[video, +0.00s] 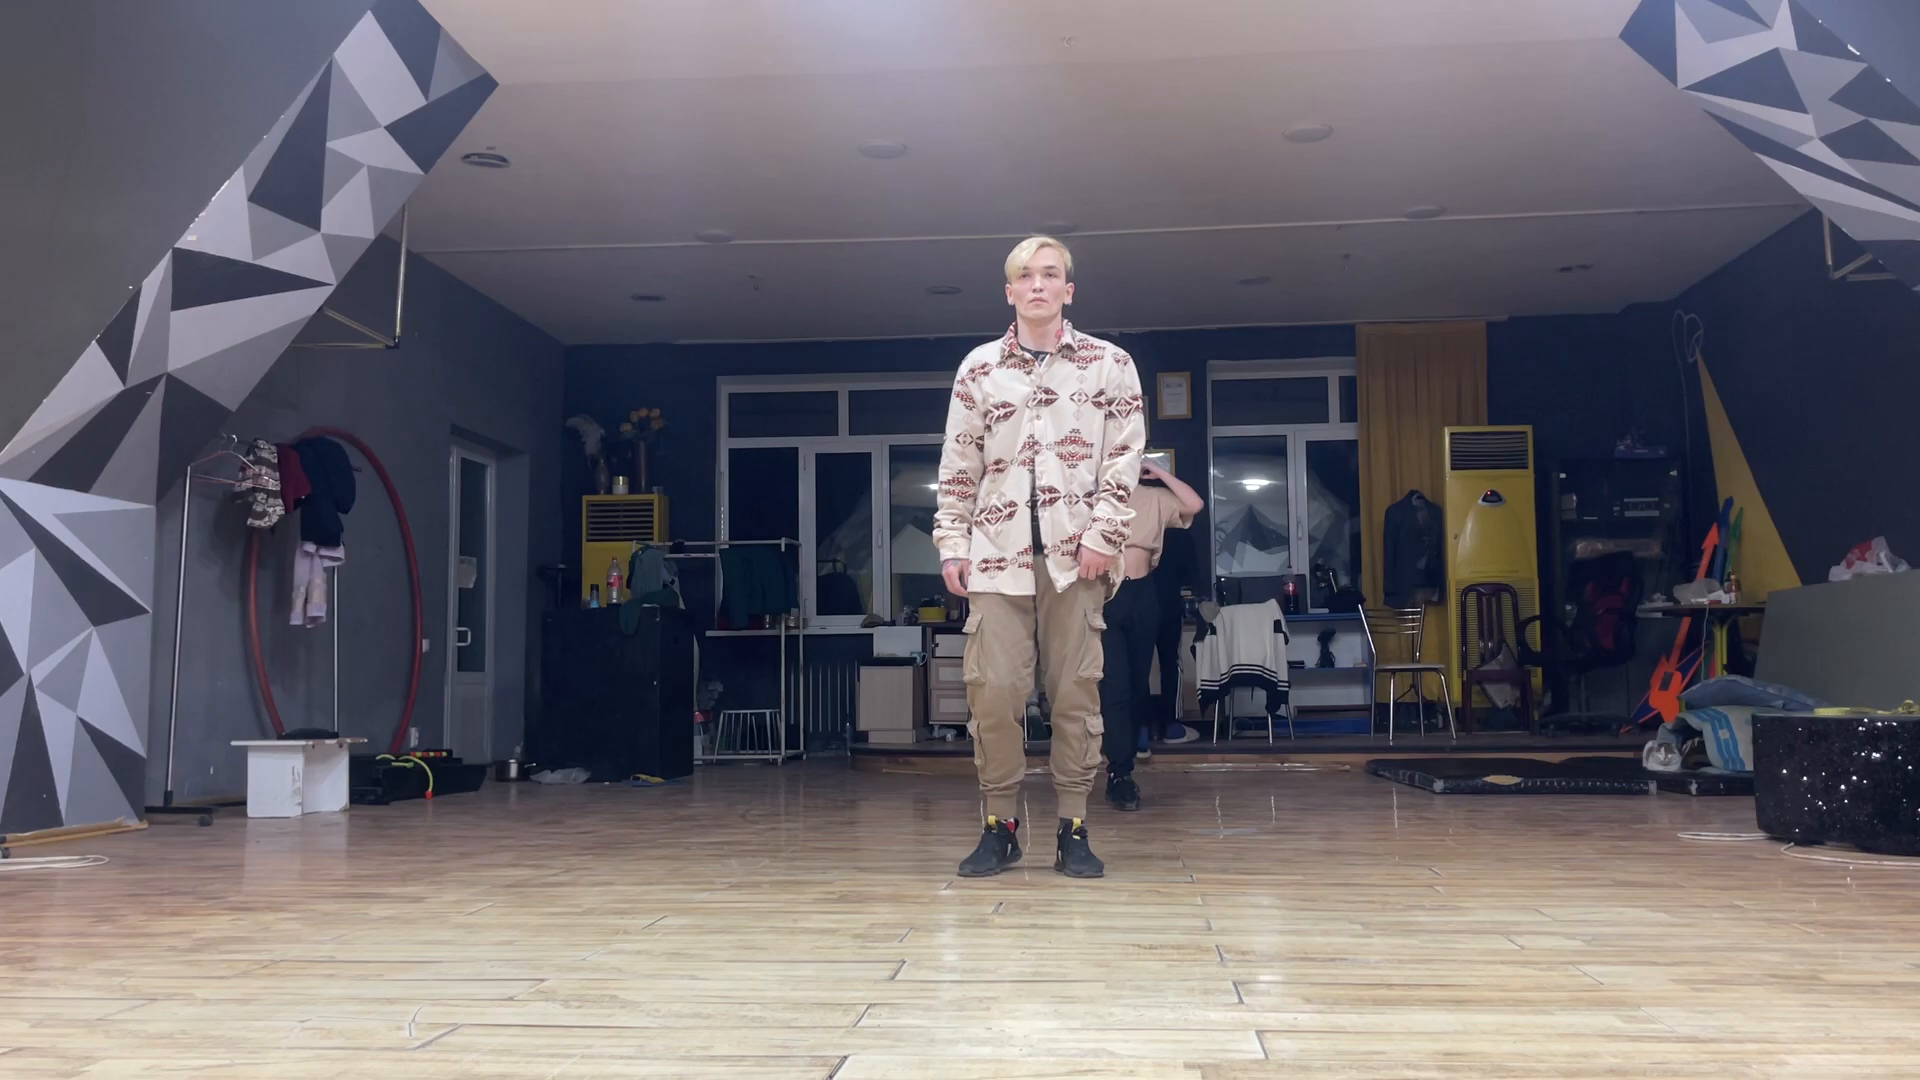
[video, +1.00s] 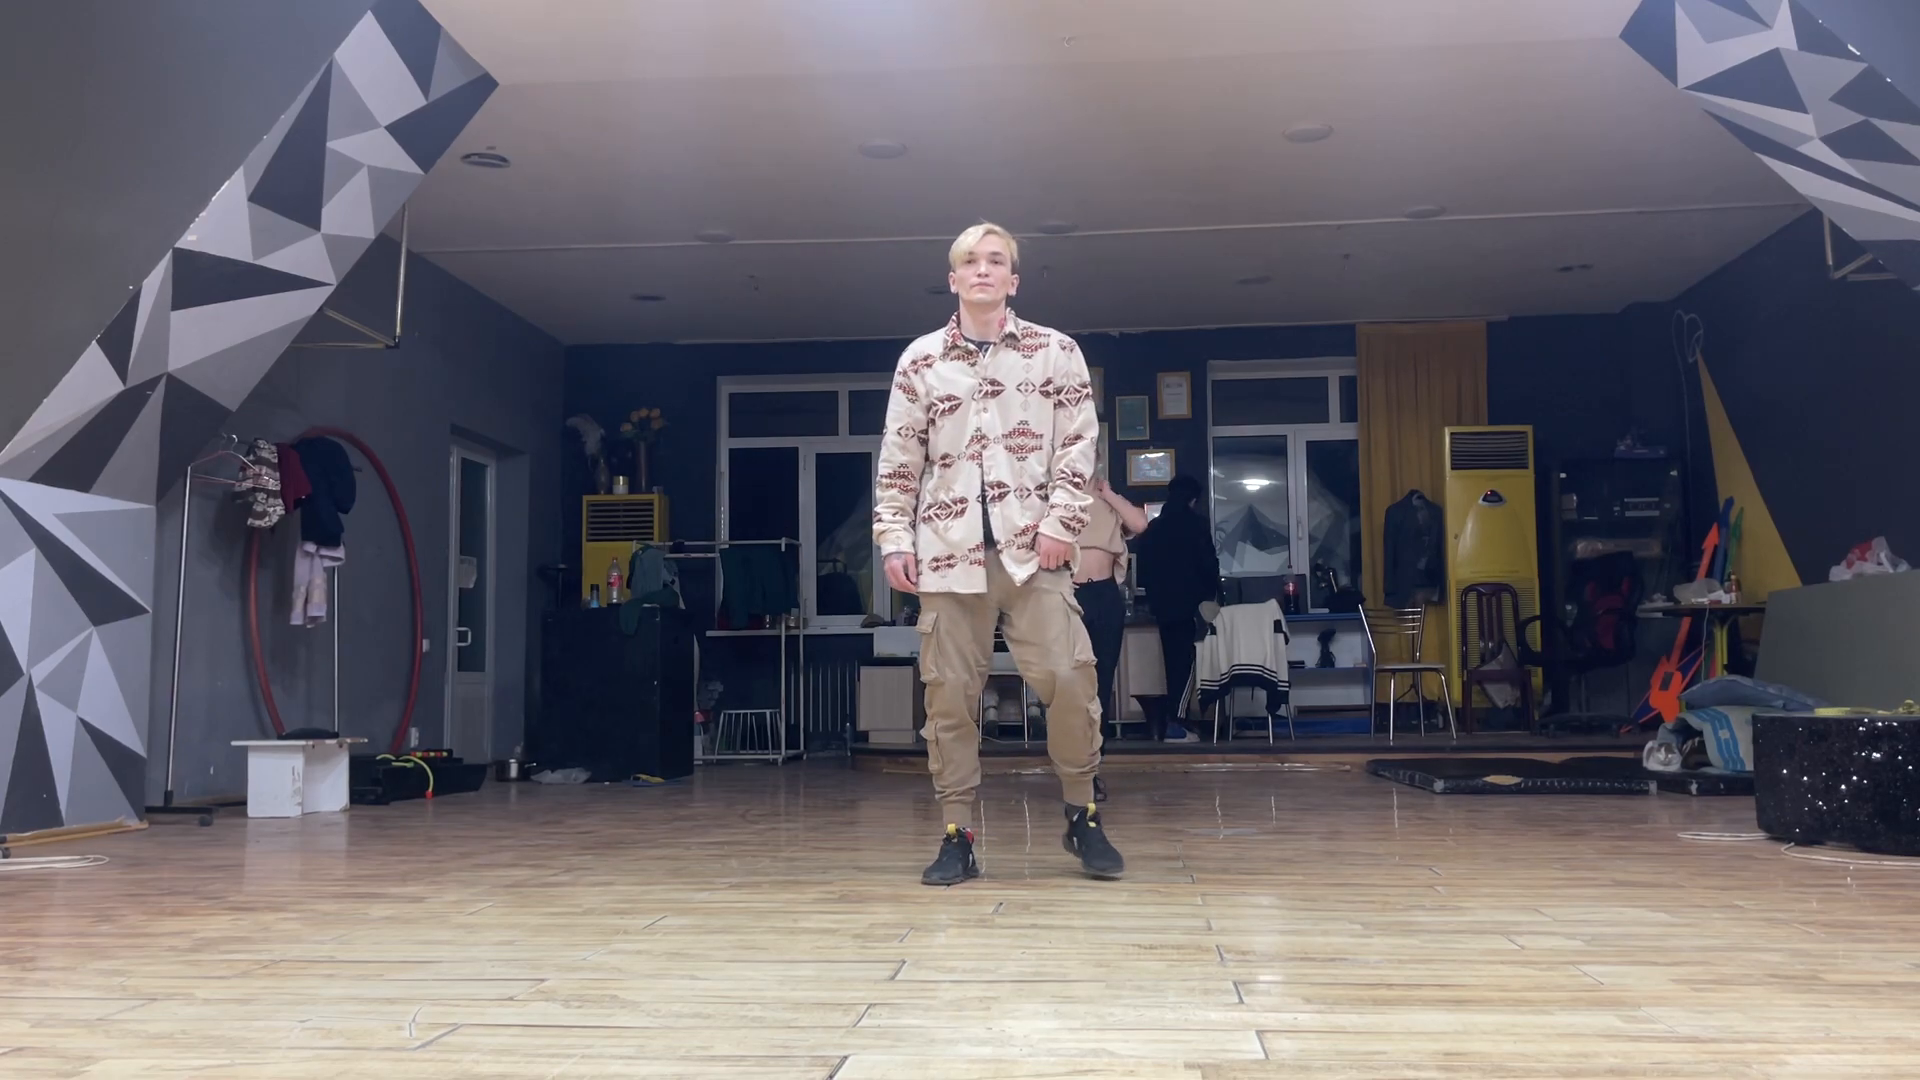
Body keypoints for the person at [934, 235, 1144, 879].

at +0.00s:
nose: (1037, 284)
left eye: (1049, 275)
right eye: (1025, 275)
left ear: (1068, 288)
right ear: (1008, 289)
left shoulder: (1109, 363)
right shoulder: (979, 367)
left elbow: (1125, 460)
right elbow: (957, 466)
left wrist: (1103, 537)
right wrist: (952, 543)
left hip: (1076, 554)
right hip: (995, 555)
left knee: (1073, 693)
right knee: (995, 692)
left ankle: (1074, 830)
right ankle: (1000, 828)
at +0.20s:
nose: (1041, 284)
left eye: (1053, 274)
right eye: (1030, 274)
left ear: (1074, 286)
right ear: (1013, 287)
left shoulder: (1113, 363)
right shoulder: (983, 365)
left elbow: (1127, 463)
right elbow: (961, 465)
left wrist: (1106, 539)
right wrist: (953, 539)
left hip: (1079, 552)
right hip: (998, 550)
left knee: (1074, 690)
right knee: (987, 679)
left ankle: (1074, 829)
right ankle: (978, 825)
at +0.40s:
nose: (1034, 282)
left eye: (1046, 273)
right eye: (1023, 273)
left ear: (1066, 285)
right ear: (1005, 285)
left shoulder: (1104, 364)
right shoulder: (973, 364)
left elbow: (1119, 465)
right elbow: (949, 464)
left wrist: (1099, 540)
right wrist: (940, 540)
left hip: (1069, 553)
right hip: (986, 552)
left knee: (1069, 693)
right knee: (973, 689)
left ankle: (1072, 830)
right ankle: (961, 834)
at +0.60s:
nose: (1015, 280)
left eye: (1027, 271)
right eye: (1004, 270)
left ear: (1046, 284)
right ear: (986, 283)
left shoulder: (1084, 363)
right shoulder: (952, 363)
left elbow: (1097, 464)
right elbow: (927, 463)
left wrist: (1078, 540)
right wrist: (917, 537)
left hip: (1049, 554)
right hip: (965, 554)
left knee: (1056, 692)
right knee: (960, 693)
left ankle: (1069, 830)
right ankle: (960, 835)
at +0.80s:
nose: (995, 276)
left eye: (1007, 267)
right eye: (983, 267)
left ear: (1026, 281)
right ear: (964, 280)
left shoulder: (1064, 358)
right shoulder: (933, 360)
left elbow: (1083, 460)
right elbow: (909, 459)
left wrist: (1065, 536)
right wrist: (900, 534)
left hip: (1035, 551)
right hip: (950, 553)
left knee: (1051, 690)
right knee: (951, 695)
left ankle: (1068, 825)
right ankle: (958, 834)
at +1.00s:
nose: (983, 270)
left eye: (994, 261)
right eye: (971, 262)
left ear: (1015, 278)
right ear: (952, 278)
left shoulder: (1055, 351)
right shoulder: (920, 360)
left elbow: (1079, 447)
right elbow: (899, 460)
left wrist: (1062, 521)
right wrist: (893, 537)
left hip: (1036, 550)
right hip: (949, 554)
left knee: (1067, 675)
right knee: (949, 695)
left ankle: (1083, 815)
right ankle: (957, 836)